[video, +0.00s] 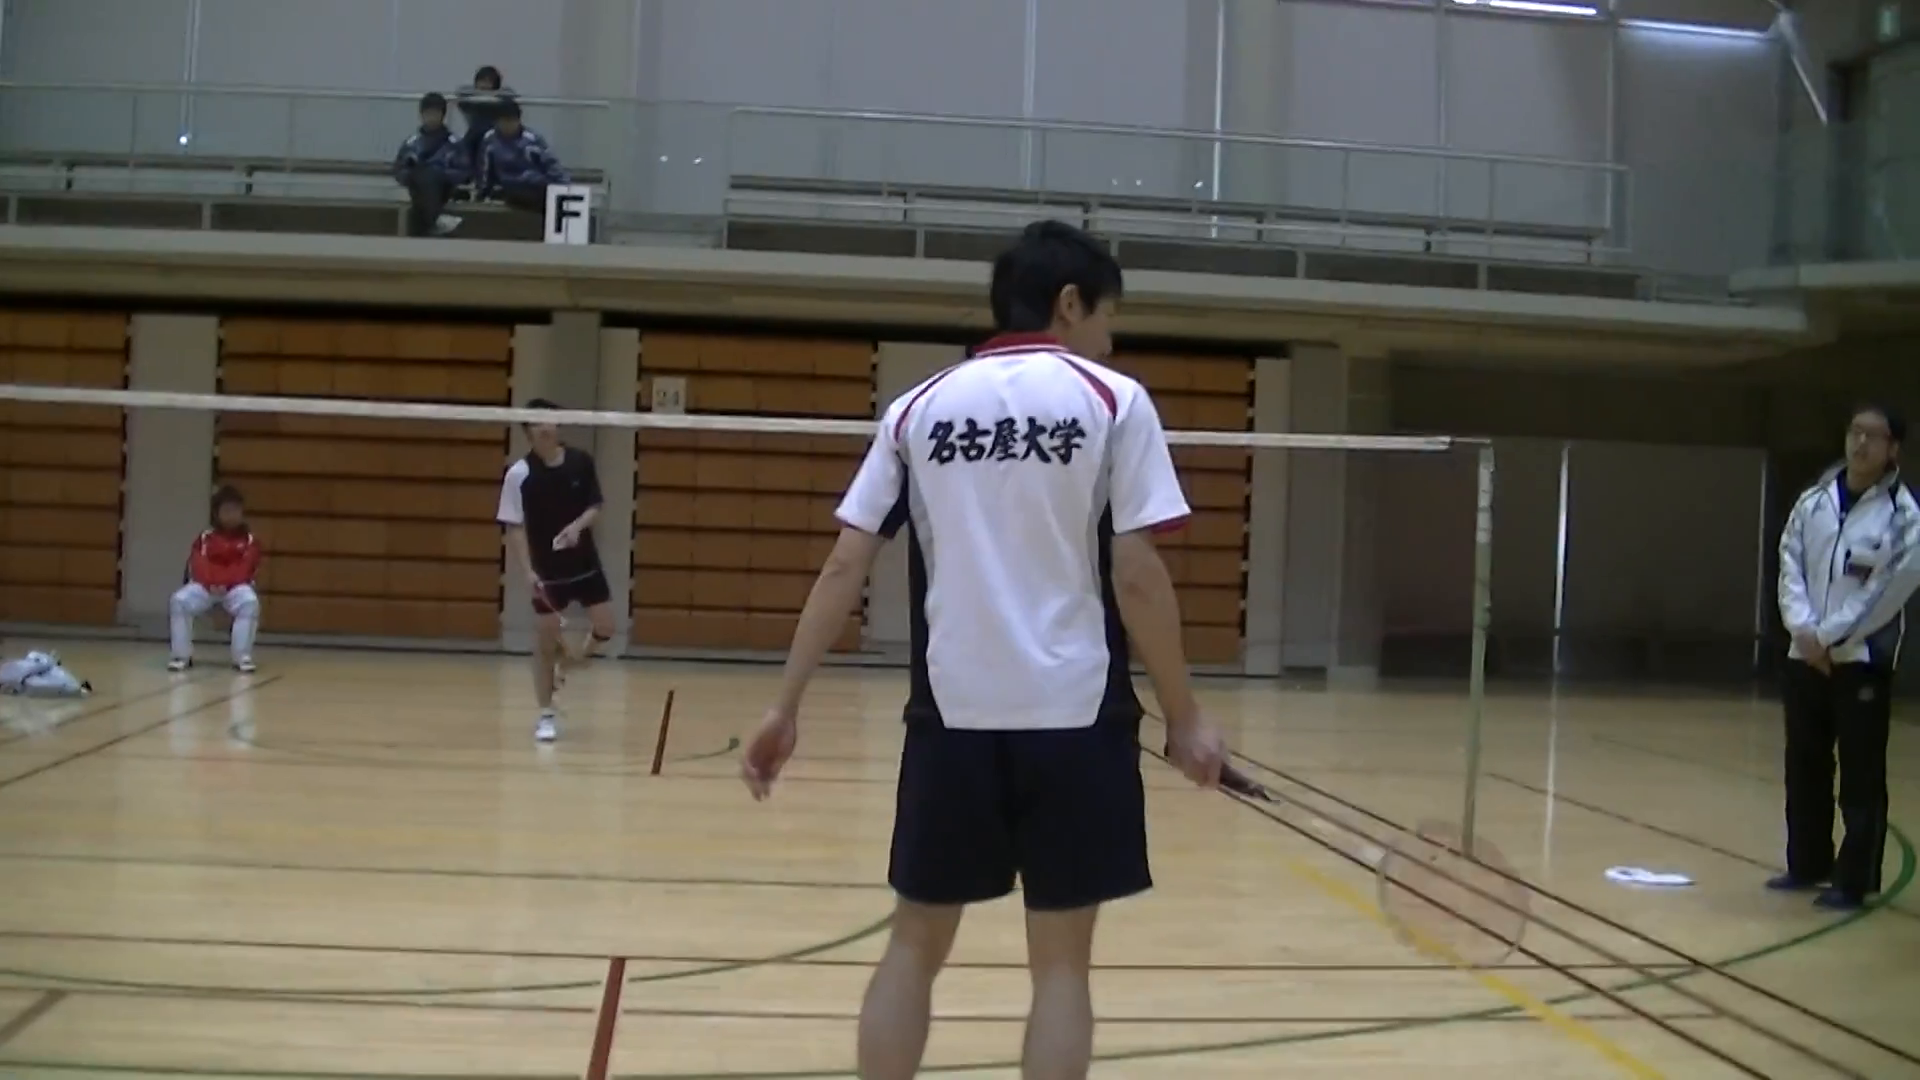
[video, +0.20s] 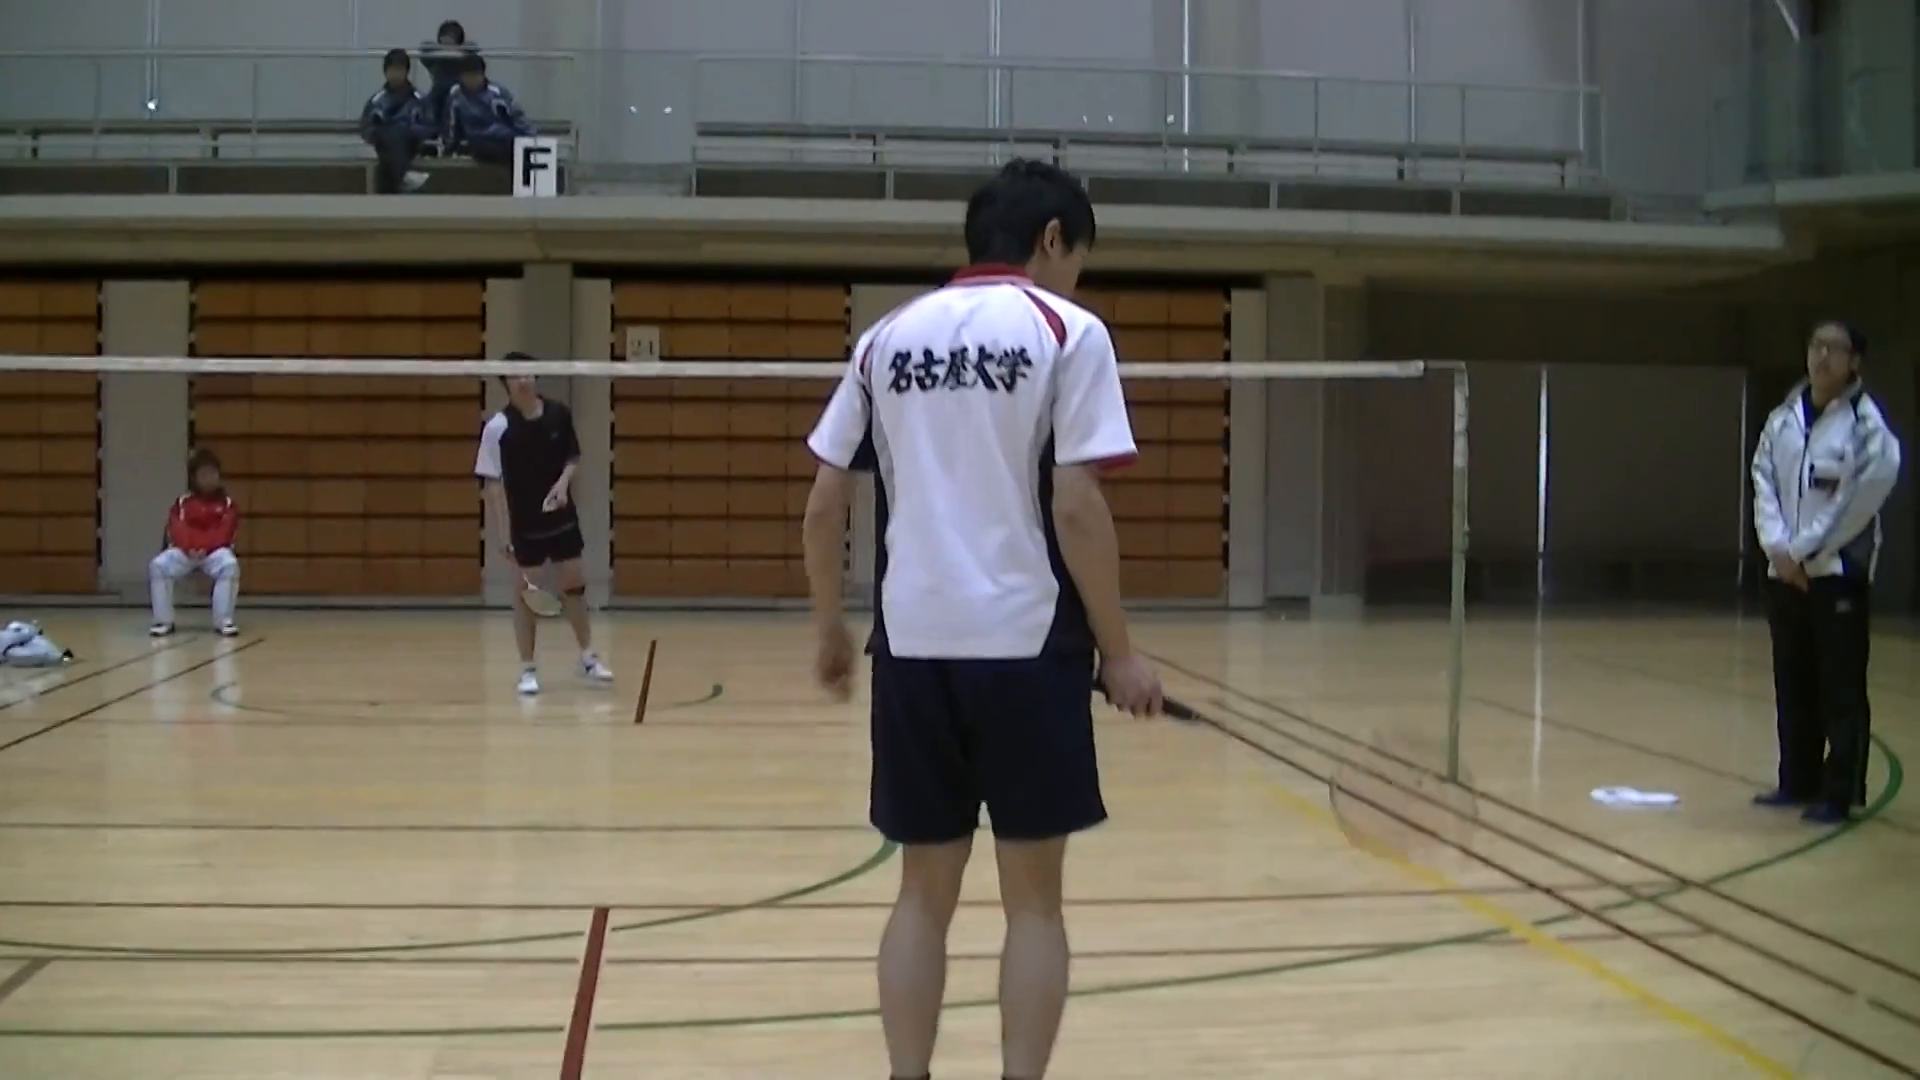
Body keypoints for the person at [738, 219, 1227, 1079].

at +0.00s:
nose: (1108, 337)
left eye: (1111, 318)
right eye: (1105, 316)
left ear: (1006, 306)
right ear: (1066, 305)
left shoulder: (917, 407)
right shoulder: (1113, 400)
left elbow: (844, 565)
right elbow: (1137, 570)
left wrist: (784, 707)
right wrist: (1185, 717)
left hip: (949, 731)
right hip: (1074, 732)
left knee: (910, 949)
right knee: (1061, 966)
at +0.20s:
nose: (1079, 276)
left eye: (1079, 257)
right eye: (1078, 255)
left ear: (979, 243)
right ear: (1050, 240)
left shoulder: (888, 334)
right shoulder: (1068, 333)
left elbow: (825, 503)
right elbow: (1075, 500)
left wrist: (829, 623)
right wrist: (1119, 649)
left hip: (912, 656)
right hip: (1024, 656)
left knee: (921, 892)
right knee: (1034, 901)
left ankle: (907, 1074)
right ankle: (1022, 1076)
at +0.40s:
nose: (1094, 246)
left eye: (1094, 236)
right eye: (1094, 235)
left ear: (989, 226)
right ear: (1079, 230)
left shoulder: (913, 306)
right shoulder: (1090, 296)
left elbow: (874, 483)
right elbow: (1107, 459)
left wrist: (935, 533)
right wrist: (1151, 591)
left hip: (936, 616)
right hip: (1055, 612)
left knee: (962, 855)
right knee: (1071, 855)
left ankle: (942, 1066)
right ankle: (1049, 1067)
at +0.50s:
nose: (1146, 247)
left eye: (1146, 237)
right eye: (1146, 236)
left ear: (1039, 225)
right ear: (1131, 231)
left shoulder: (964, 306)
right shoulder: (1148, 295)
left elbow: (934, 483)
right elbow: (1176, 458)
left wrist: (1014, 474)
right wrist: (1209, 580)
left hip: (994, 618)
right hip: (1113, 613)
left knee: (1013, 852)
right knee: (1144, 851)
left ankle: (988, 1063)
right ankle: (1125, 1061)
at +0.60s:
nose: (1227, 243)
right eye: (1225, 231)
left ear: (1121, 226)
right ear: (1214, 228)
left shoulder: (1050, 305)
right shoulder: (1239, 294)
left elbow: (1022, 477)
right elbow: (1276, 447)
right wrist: (1299, 569)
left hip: (1084, 619)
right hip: (1204, 614)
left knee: (1095, 852)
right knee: (1255, 853)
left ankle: (1063, 1059)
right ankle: (1260, 1062)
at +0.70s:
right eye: (1337, 207)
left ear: (1242, 207)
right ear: (1336, 208)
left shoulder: (1171, 292)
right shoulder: (1366, 281)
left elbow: (1143, 463)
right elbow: (1409, 437)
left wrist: (1220, 444)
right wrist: (1426, 561)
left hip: (1210, 611)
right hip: (1330, 606)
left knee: (1206, 844)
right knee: (1399, 851)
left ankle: (1165, 1053)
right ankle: (1430, 1062)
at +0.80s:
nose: (1478, 186)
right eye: (1481, 171)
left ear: (1385, 170)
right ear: (1480, 172)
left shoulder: (1316, 264)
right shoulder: (1522, 257)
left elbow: (1290, 442)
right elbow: (1566, 422)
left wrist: (1374, 434)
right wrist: (1578, 543)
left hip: (1358, 596)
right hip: (1484, 596)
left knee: (1331, 824)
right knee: (1551, 845)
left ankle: (1278, 1041)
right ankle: (1588, 1069)